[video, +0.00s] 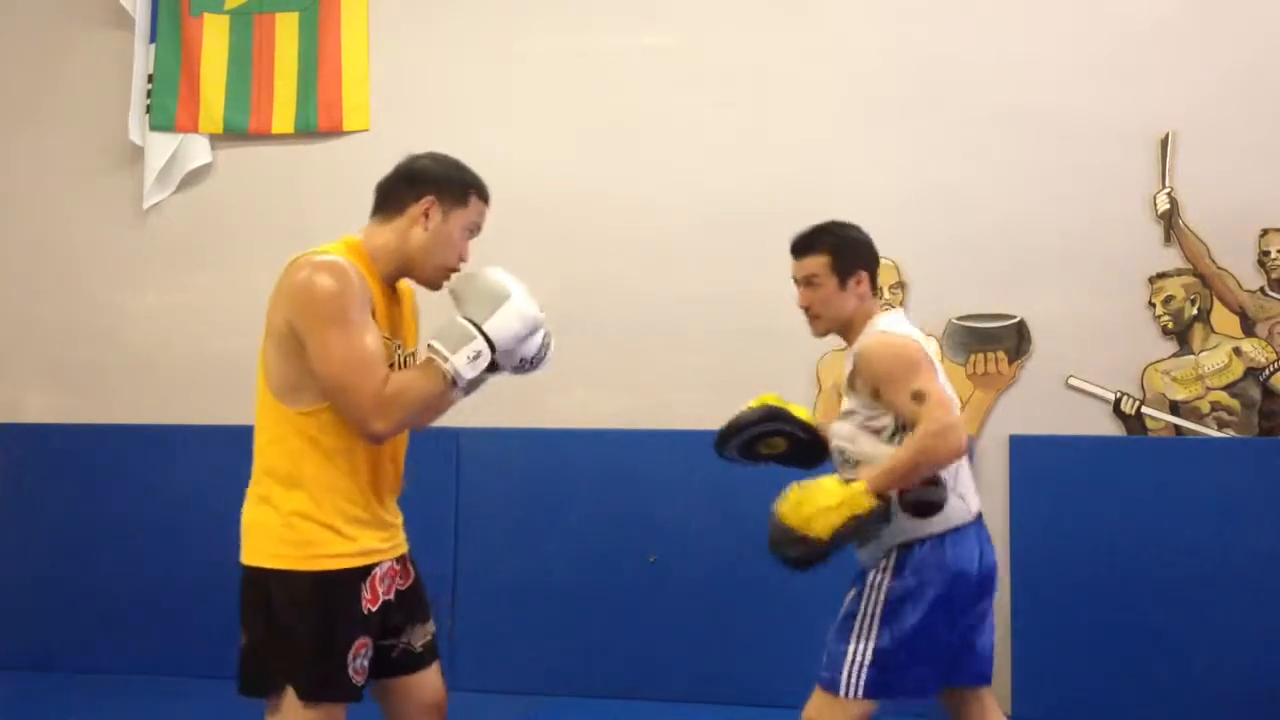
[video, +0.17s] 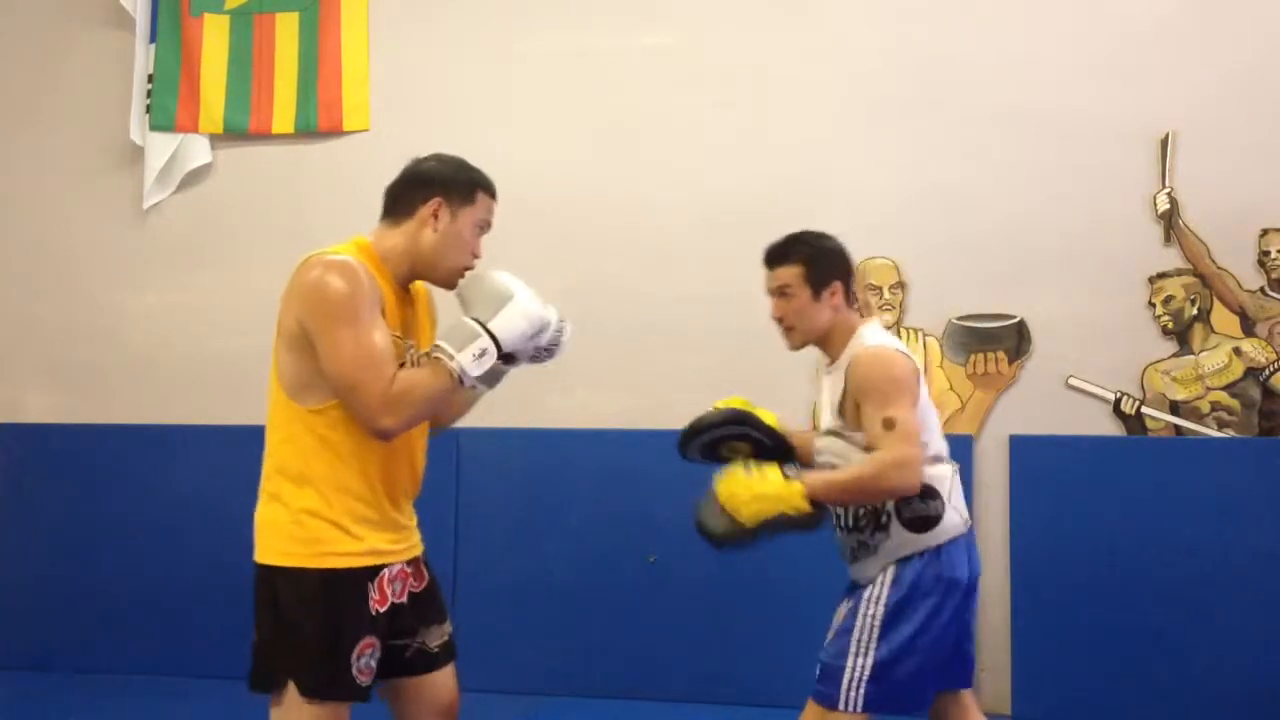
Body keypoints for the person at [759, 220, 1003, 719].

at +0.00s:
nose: (801, 300)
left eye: (811, 284)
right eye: (798, 286)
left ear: (859, 285)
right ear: (859, 289)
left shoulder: (881, 348)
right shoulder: (894, 337)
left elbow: (947, 436)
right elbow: (897, 442)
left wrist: (855, 492)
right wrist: (813, 434)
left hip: (915, 556)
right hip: (961, 545)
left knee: (831, 709)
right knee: (970, 699)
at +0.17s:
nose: (774, 311)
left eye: (785, 294)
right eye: (772, 296)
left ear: (834, 295)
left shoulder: (876, 360)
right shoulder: (837, 363)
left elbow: (902, 471)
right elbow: (847, 455)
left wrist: (798, 489)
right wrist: (781, 439)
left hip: (913, 563)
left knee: (831, 709)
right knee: (949, 701)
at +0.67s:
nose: (809, 303)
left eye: (820, 288)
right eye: (807, 289)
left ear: (868, 290)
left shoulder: (898, 349)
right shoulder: (849, 357)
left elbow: (931, 449)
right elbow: (783, 406)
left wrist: (833, 471)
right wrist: (757, 347)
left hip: (928, 562)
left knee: (847, 710)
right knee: (960, 705)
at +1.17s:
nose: (830, 287)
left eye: (843, 272)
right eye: (830, 272)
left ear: (890, 279)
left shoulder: (919, 341)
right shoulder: (854, 345)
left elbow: (942, 442)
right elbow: (776, 376)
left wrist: (841, 440)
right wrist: (757, 309)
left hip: (924, 557)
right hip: (898, 556)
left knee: (852, 709)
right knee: (960, 698)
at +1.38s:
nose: (834, 295)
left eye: (846, 280)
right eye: (833, 281)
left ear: (892, 282)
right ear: (886, 285)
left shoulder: (913, 339)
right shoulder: (878, 346)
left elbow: (947, 431)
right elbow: (823, 401)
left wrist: (845, 447)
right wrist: (801, 334)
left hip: (920, 558)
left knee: (849, 709)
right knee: (951, 701)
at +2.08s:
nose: (844, 289)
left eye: (858, 275)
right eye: (842, 275)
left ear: (903, 279)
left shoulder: (931, 340)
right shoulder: (867, 347)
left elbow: (955, 437)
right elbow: (794, 374)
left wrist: (859, 434)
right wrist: (785, 307)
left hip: (930, 552)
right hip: (899, 552)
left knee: (856, 708)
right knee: (949, 699)